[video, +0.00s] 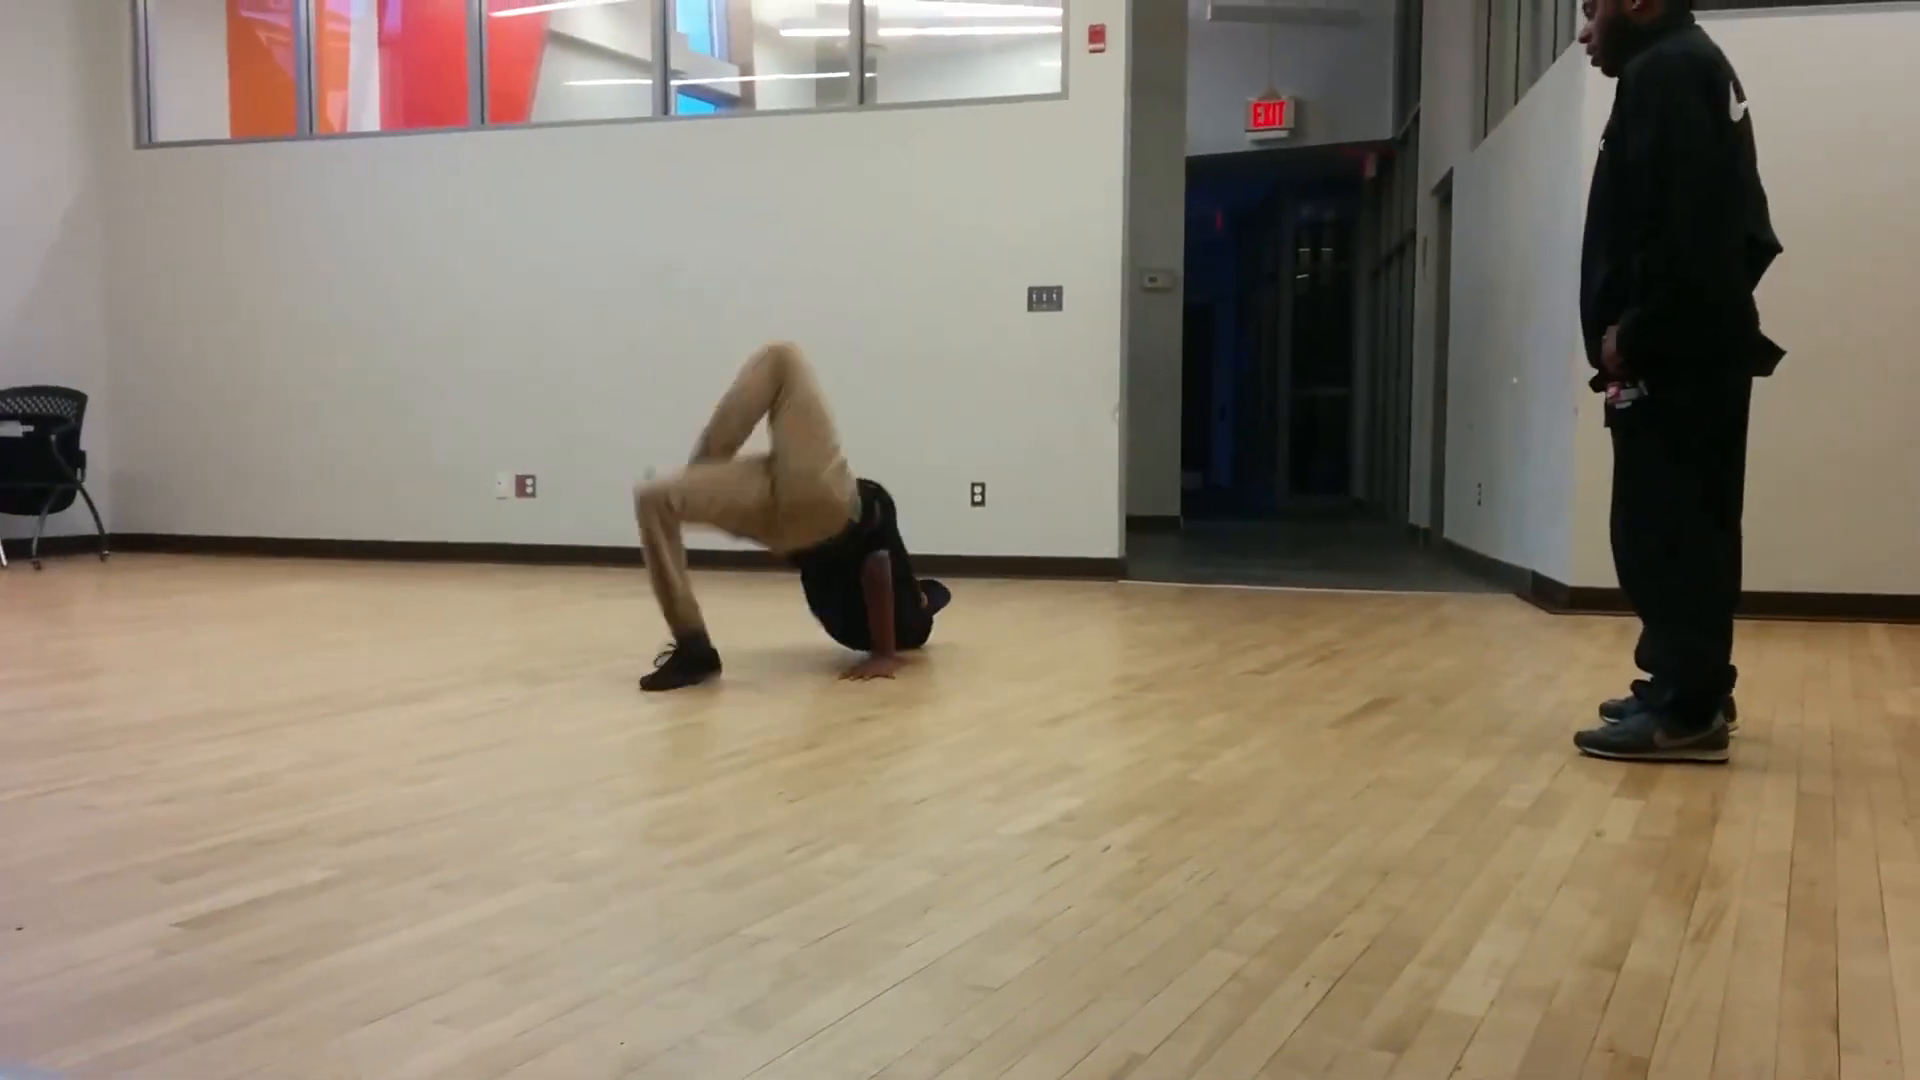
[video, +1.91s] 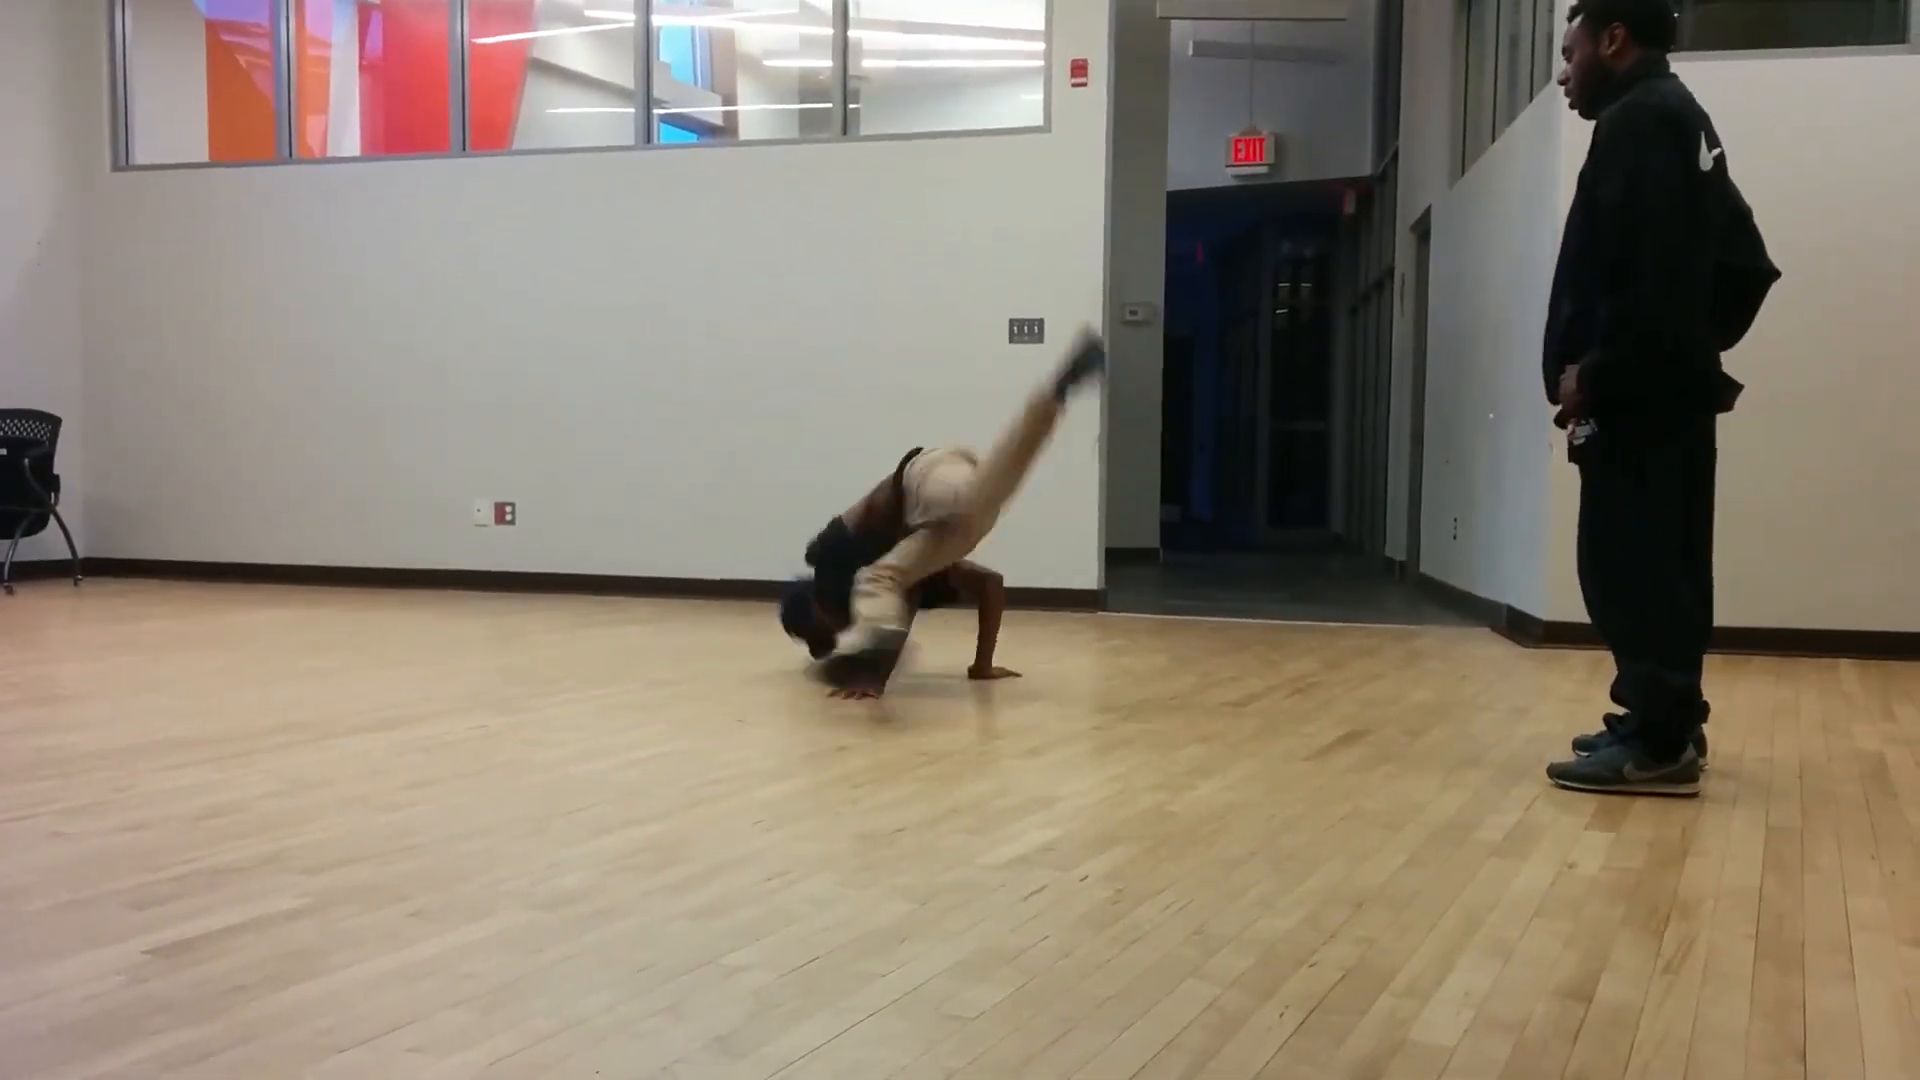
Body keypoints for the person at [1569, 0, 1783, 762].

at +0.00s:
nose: (1582, 28)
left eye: (1591, 10)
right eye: (1583, 12)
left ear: (1637, 6)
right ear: (1647, 9)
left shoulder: (1667, 72)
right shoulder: (1687, 67)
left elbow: (1678, 225)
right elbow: (1738, 234)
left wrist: (1633, 331)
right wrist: (1634, 332)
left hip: (1676, 363)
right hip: (1690, 357)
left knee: (1668, 528)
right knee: (1678, 523)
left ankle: (1687, 711)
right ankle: (1684, 693)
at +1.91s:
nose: (1563, 71)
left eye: (1571, 52)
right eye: (1563, 55)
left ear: (1615, 43)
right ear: (1624, 43)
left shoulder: (1637, 119)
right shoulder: (1675, 114)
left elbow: (1637, 269)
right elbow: (1747, 265)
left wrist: (1591, 367)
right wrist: (1684, 355)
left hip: (1638, 398)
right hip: (1675, 396)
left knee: (1628, 558)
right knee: (1663, 553)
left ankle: (1657, 741)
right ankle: (1663, 727)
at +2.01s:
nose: (1562, 63)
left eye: (1572, 44)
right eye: (1564, 46)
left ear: (1617, 38)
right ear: (1624, 38)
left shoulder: (1639, 113)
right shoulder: (1671, 109)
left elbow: (1625, 262)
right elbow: (1735, 266)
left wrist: (1585, 363)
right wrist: (1677, 359)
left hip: (1636, 397)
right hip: (1664, 394)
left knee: (1628, 557)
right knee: (1651, 552)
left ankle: (1656, 740)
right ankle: (1656, 726)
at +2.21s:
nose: (1556, 52)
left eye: (1567, 33)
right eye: (1558, 35)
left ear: (1613, 28)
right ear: (1617, 30)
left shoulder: (1637, 103)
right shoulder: (1663, 99)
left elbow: (1640, 259)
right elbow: (1722, 259)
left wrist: (1591, 362)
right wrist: (1667, 356)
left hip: (1637, 392)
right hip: (1657, 391)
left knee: (1626, 557)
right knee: (1634, 553)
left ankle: (1648, 740)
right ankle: (1642, 728)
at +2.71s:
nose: (1527, 64)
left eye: (1533, 42)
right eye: (1528, 44)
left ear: (1575, 34)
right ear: (1589, 34)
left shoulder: (1618, 111)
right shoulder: (1670, 95)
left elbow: (1614, 249)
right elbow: (1777, 192)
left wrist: (1606, 362)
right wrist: (1710, 283)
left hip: (1670, 381)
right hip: (1716, 373)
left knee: (1640, 550)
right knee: (1690, 541)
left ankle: (1648, 735)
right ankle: (1677, 706)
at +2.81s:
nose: (1538, 64)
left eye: (1545, 42)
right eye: (1538, 46)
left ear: (1586, 32)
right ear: (1602, 31)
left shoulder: (1623, 115)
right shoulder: (1689, 94)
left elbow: (1613, 248)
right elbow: (1799, 167)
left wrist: (1613, 361)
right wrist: (1736, 255)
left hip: (1671, 380)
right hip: (1727, 369)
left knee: (1641, 552)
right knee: (1714, 537)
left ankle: (1646, 735)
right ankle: (1719, 706)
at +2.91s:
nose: (1556, 56)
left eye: (1562, 33)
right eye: (1556, 37)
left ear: (1606, 25)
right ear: (1626, 28)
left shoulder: (1641, 113)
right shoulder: (1707, 97)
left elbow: (1624, 246)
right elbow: (1807, 191)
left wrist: (1617, 360)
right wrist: (1729, 273)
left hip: (1675, 380)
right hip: (1731, 370)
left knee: (1647, 551)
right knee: (1722, 539)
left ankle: (1647, 732)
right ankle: (1765, 707)